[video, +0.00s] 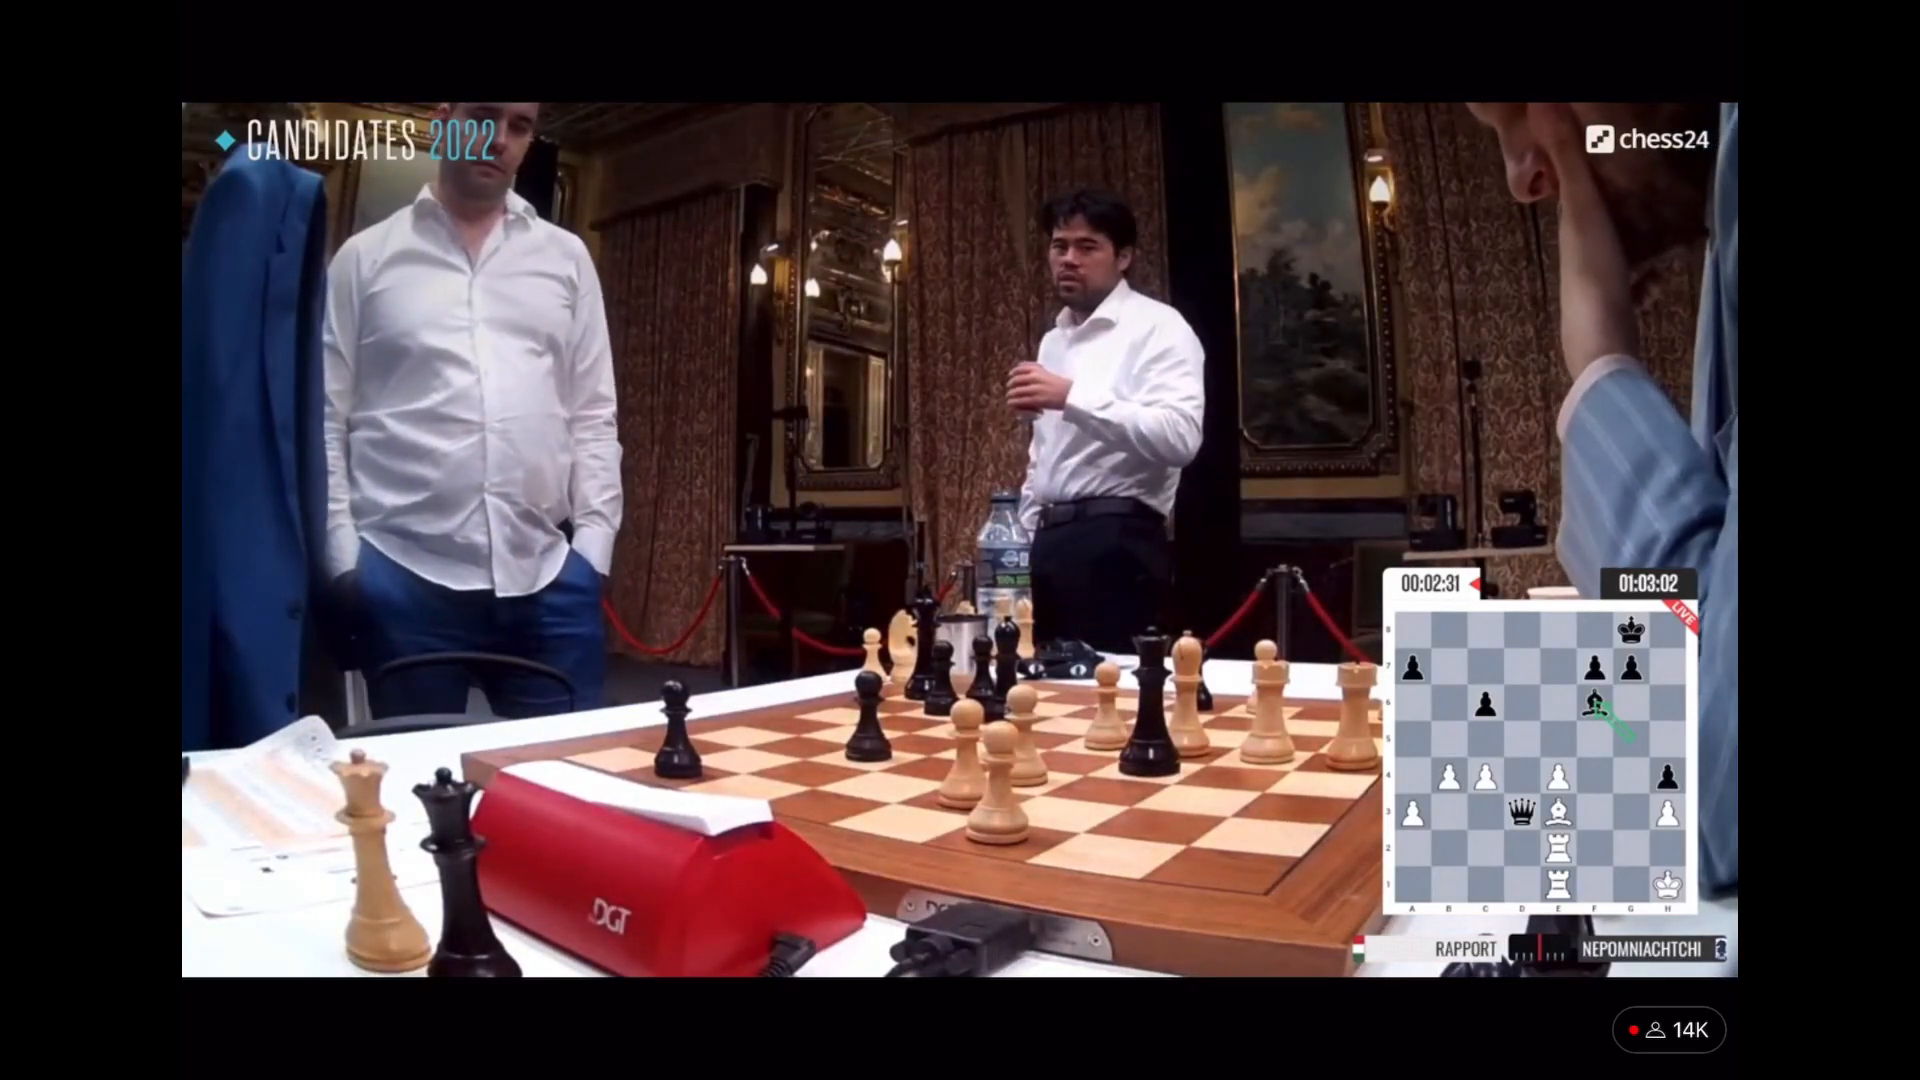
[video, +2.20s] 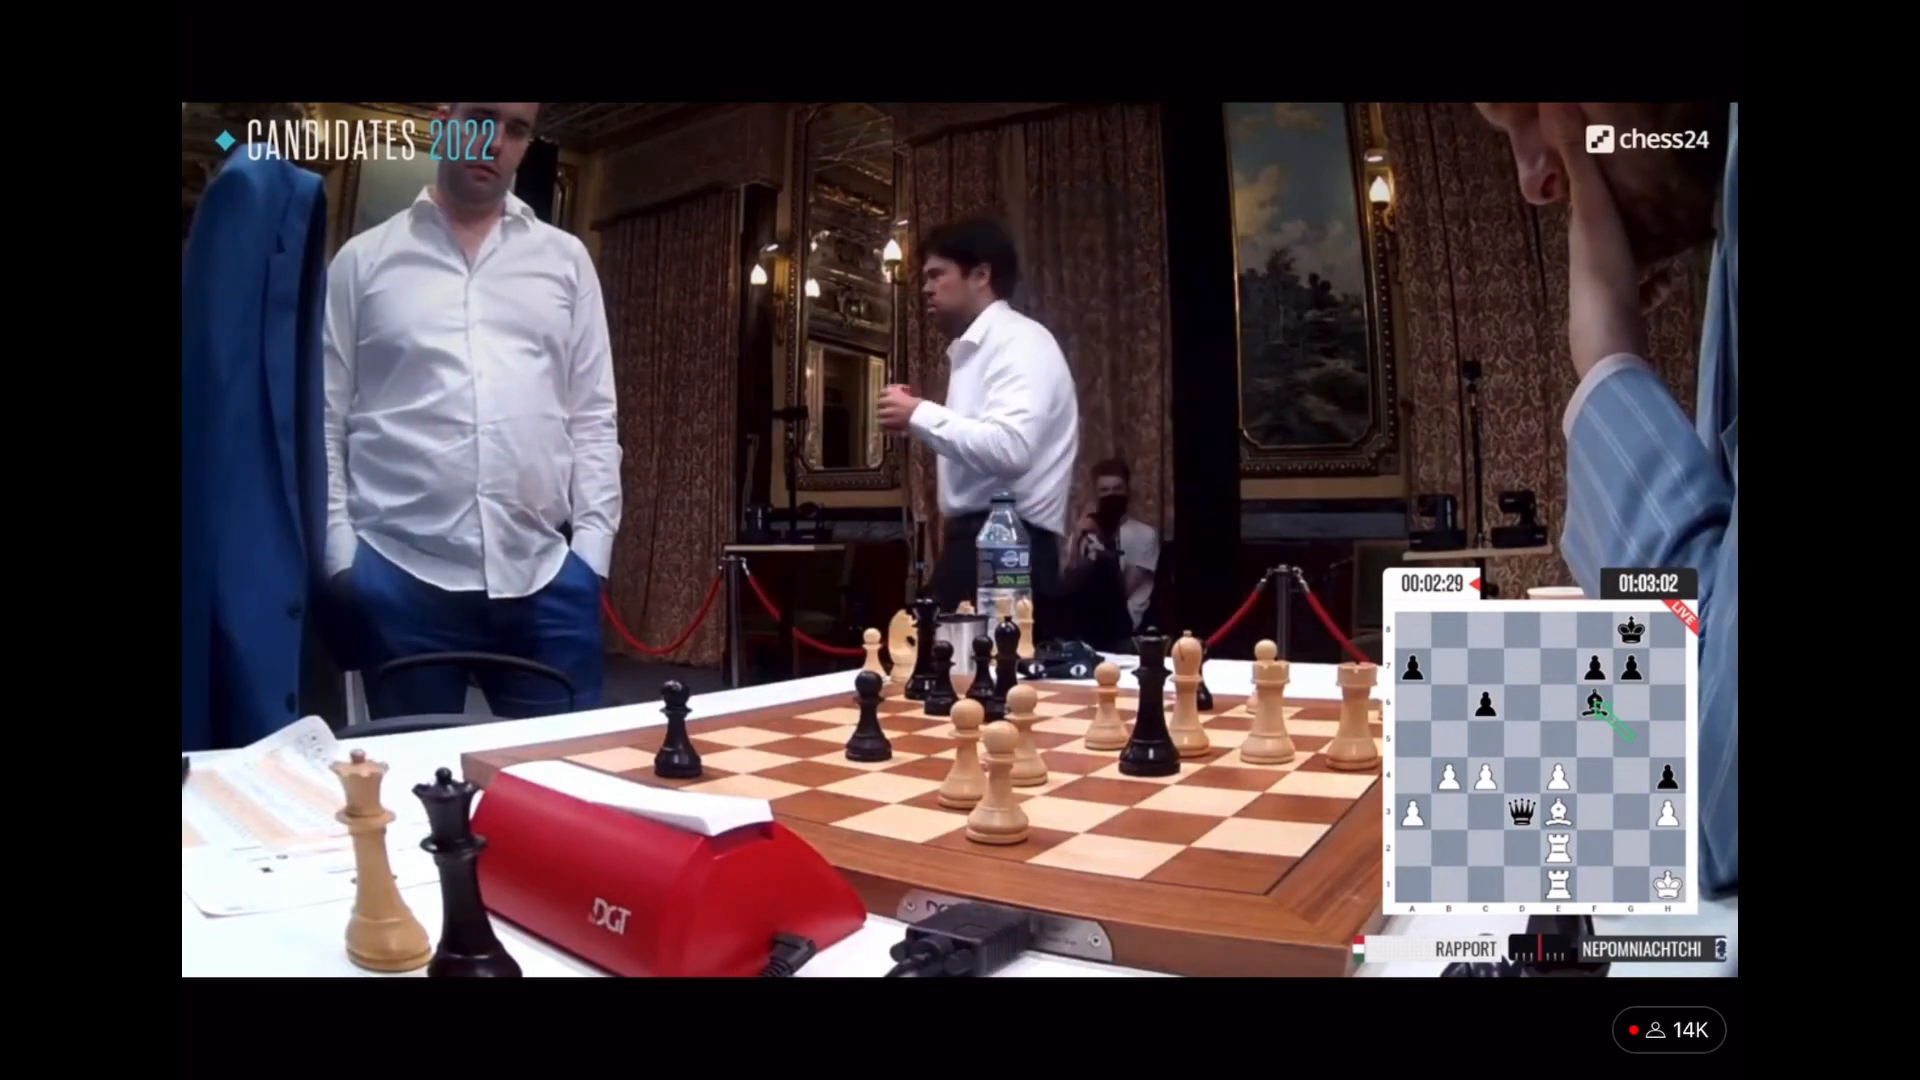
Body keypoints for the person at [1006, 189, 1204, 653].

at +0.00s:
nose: (1069, 260)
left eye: (1087, 247)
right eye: (1060, 246)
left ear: (1123, 258)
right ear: (1048, 254)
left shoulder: (1163, 329)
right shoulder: (1054, 342)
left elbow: (1179, 437)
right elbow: (1042, 452)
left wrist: (1071, 394)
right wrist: (1029, 529)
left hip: (1121, 534)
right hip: (1054, 534)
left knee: (1119, 694)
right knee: (1057, 694)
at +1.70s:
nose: (1061, 262)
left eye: (1079, 251)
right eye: (1055, 249)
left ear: (1119, 261)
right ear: (1045, 254)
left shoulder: (1155, 332)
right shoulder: (1054, 342)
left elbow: (1167, 442)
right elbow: (1051, 460)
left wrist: (1060, 400)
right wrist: (1030, 529)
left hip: (1118, 537)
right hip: (1055, 534)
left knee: (1118, 696)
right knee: (1060, 696)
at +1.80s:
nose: (1039, 264)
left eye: (1056, 251)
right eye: (1035, 250)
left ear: (1100, 262)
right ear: (1028, 254)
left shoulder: (1138, 332)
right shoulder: (1046, 338)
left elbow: (1148, 443)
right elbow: (1056, 445)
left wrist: (1039, 403)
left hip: (1105, 535)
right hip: (1050, 531)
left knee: (1103, 695)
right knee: (1055, 692)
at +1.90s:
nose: (1016, 266)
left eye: (1031, 253)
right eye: (1014, 254)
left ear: (1077, 261)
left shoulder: (1119, 333)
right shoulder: (1035, 338)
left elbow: (1125, 442)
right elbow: (1051, 445)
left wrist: (1018, 406)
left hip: (1092, 539)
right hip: (1040, 532)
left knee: (1092, 695)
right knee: (1044, 693)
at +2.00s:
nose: (979, 275)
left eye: (993, 261)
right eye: (979, 264)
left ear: (1041, 266)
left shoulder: (1083, 336)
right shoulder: (1017, 345)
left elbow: (1082, 444)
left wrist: (981, 409)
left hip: (1069, 546)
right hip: (1022, 540)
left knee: (1085, 699)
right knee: (1030, 697)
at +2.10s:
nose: (953, 283)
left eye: (965, 269)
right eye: (954, 271)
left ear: (1011, 273)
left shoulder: (1055, 342)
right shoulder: (999, 349)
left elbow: (1044, 446)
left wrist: (951, 412)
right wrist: (948, 415)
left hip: (1045, 546)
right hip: (1002, 539)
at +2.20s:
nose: (926, 289)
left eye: (936, 275)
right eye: (926, 278)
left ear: (981, 276)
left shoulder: (1021, 344)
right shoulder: (976, 348)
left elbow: (1009, 449)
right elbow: (979, 447)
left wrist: (920, 414)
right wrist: (917, 418)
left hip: (1007, 544)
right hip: (972, 537)